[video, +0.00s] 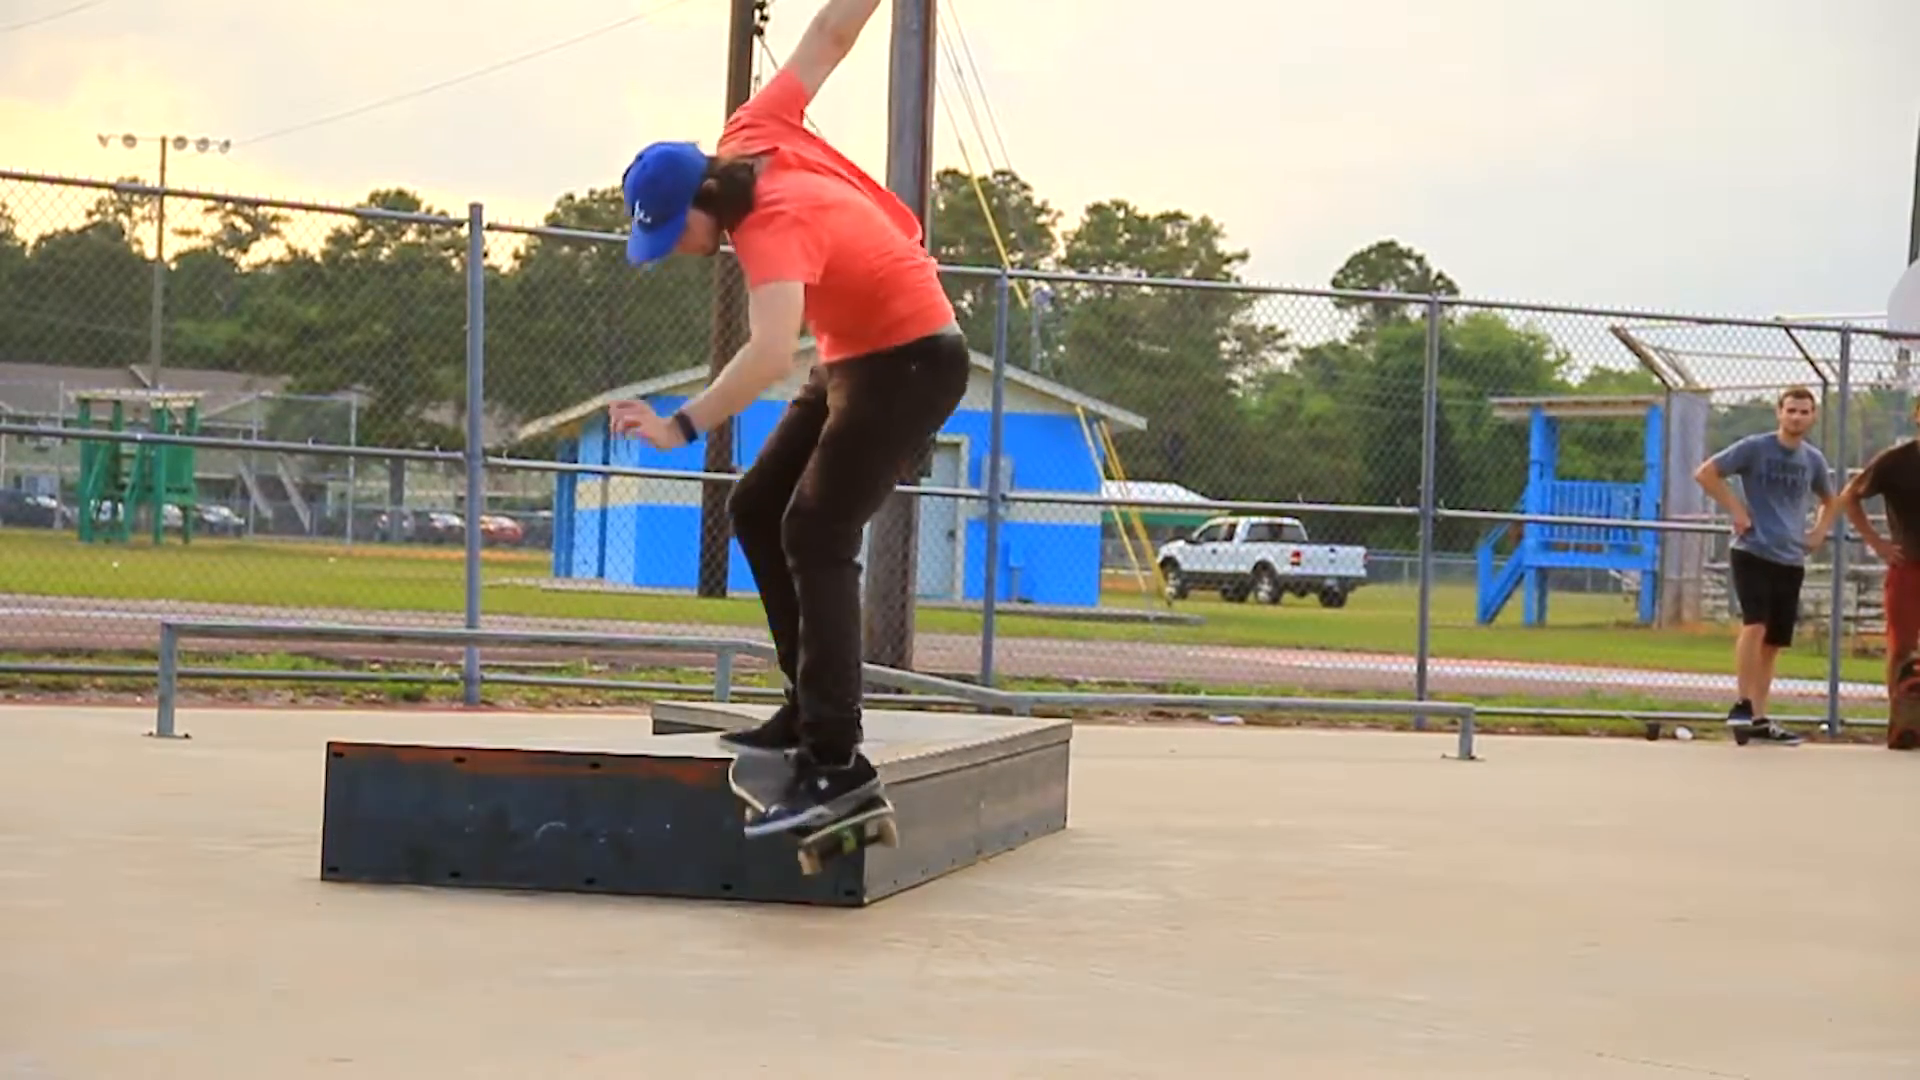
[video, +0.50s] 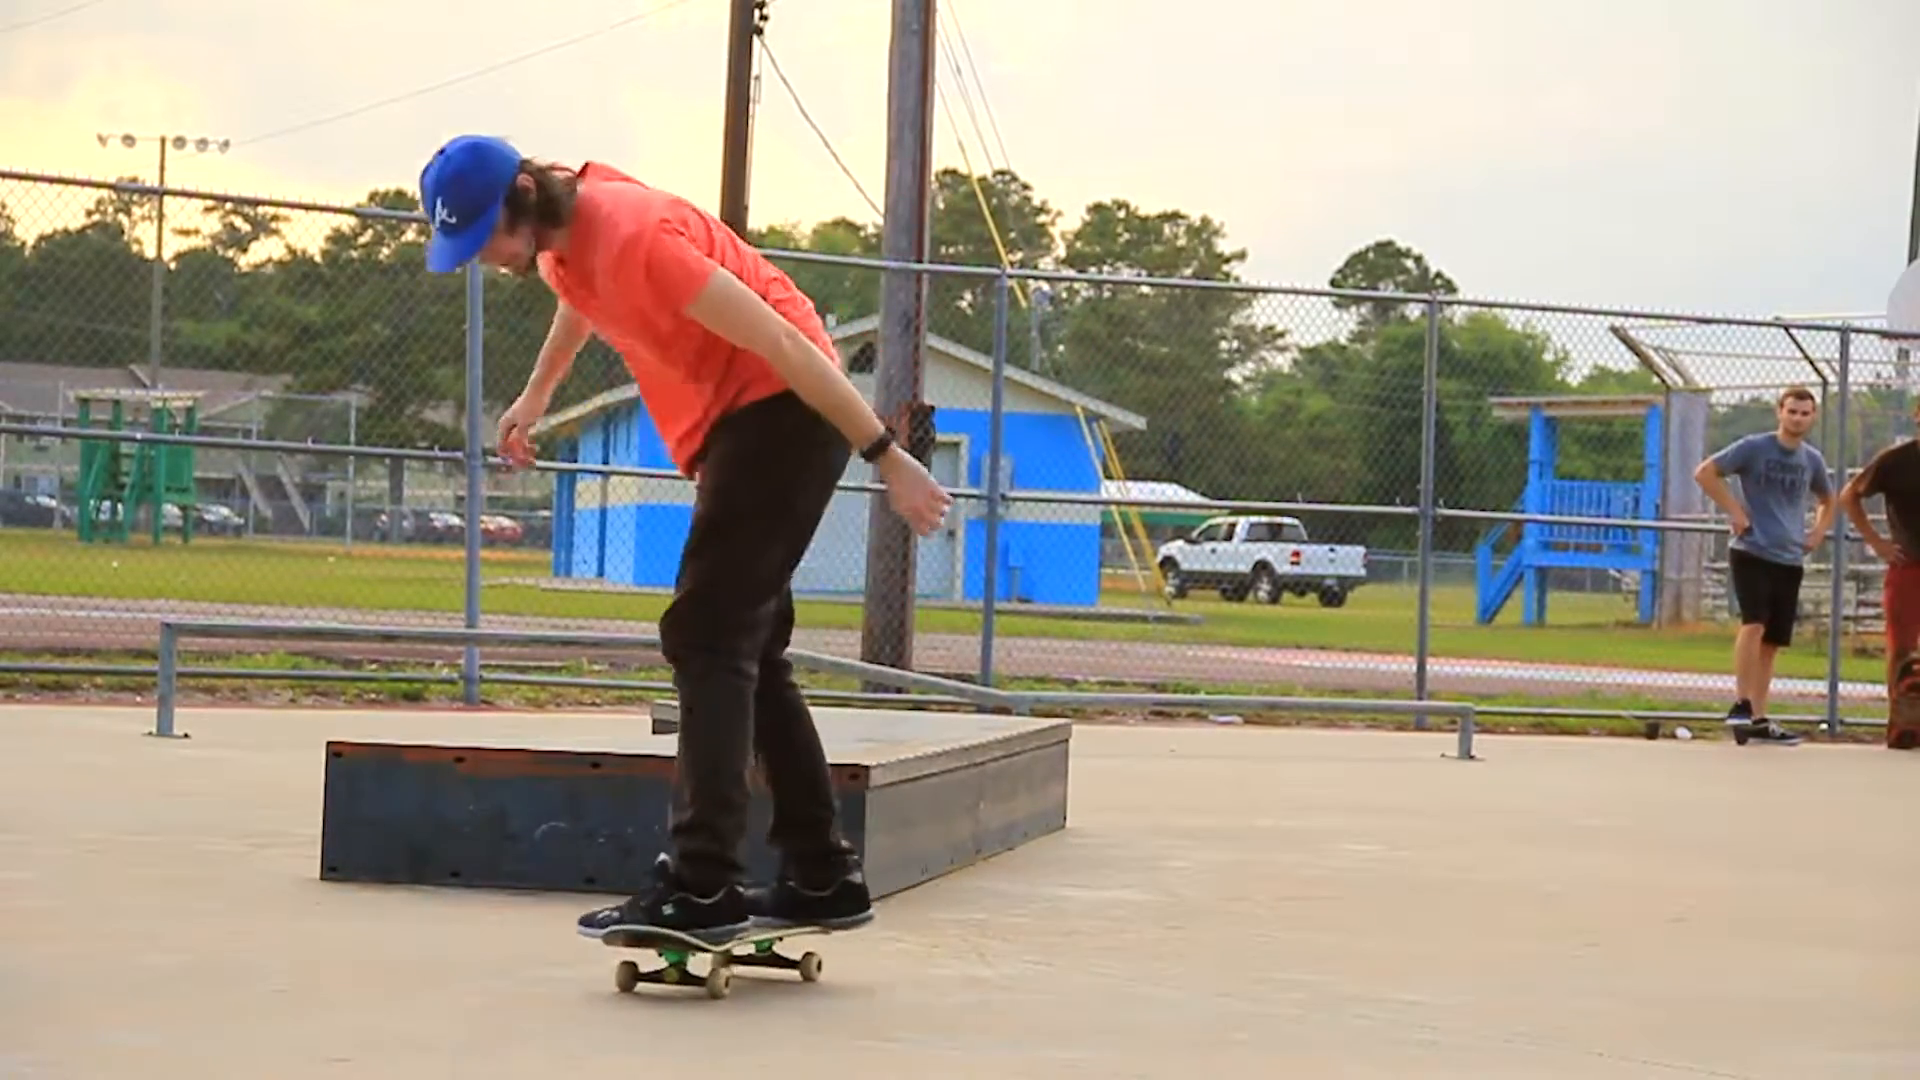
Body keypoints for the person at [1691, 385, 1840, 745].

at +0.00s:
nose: (1798, 417)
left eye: (1805, 412)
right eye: (1792, 410)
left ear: (1812, 417)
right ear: (1779, 413)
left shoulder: (1814, 459)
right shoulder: (1756, 447)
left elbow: (1831, 500)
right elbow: (1706, 473)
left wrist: (1818, 532)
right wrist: (1738, 512)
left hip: (1790, 557)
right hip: (1753, 550)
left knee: (1773, 641)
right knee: (1756, 624)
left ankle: (1758, 716)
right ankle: (1743, 705)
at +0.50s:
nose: (1799, 418)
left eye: (1806, 413)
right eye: (1793, 411)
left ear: (1813, 419)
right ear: (1780, 413)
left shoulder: (1813, 459)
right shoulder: (1755, 447)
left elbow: (1828, 500)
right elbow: (1705, 473)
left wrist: (1817, 534)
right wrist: (1736, 512)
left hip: (1789, 557)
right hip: (1752, 550)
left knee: (1771, 641)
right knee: (1754, 624)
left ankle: (1759, 717)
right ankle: (1743, 704)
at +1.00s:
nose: (1817, 422)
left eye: (1819, 415)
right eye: (1812, 415)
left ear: (1816, 420)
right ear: (1788, 415)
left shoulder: (1812, 459)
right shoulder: (1755, 447)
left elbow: (1828, 500)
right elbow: (1705, 473)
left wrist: (1817, 534)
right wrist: (1735, 511)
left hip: (1789, 557)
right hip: (1752, 550)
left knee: (1772, 641)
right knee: (1753, 624)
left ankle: (1758, 717)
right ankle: (1741, 704)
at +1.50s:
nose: (1807, 401)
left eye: (1814, 395)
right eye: (1802, 395)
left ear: (1827, 400)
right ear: (1793, 400)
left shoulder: (1848, 444)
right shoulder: (1772, 445)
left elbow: (1889, 483)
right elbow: (1757, 501)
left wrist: (1859, 514)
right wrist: (1749, 553)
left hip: (1825, 555)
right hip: (1781, 553)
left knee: (1817, 639)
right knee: (1774, 636)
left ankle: (1808, 714)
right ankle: (1770, 712)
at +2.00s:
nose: (1801, 402)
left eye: (1808, 395)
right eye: (1796, 395)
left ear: (1823, 400)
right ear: (1788, 401)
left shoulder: (1846, 443)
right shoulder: (1770, 446)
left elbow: (1888, 482)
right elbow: (1756, 503)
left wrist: (1859, 515)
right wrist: (1755, 554)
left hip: (1826, 554)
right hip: (1781, 552)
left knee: (1818, 640)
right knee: (1774, 636)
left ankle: (1808, 714)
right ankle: (1770, 712)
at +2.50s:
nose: (1799, 402)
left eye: (1805, 395)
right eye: (1793, 395)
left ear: (1820, 399)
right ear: (1786, 401)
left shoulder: (1843, 443)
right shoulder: (1767, 447)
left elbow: (1884, 481)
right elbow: (1753, 503)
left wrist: (1856, 515)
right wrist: (1752, 554)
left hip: (1824, 556)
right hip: (1779, 553)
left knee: (1817, 639)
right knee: (1774, 637)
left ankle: (1808, 714)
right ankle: (1770, 713)